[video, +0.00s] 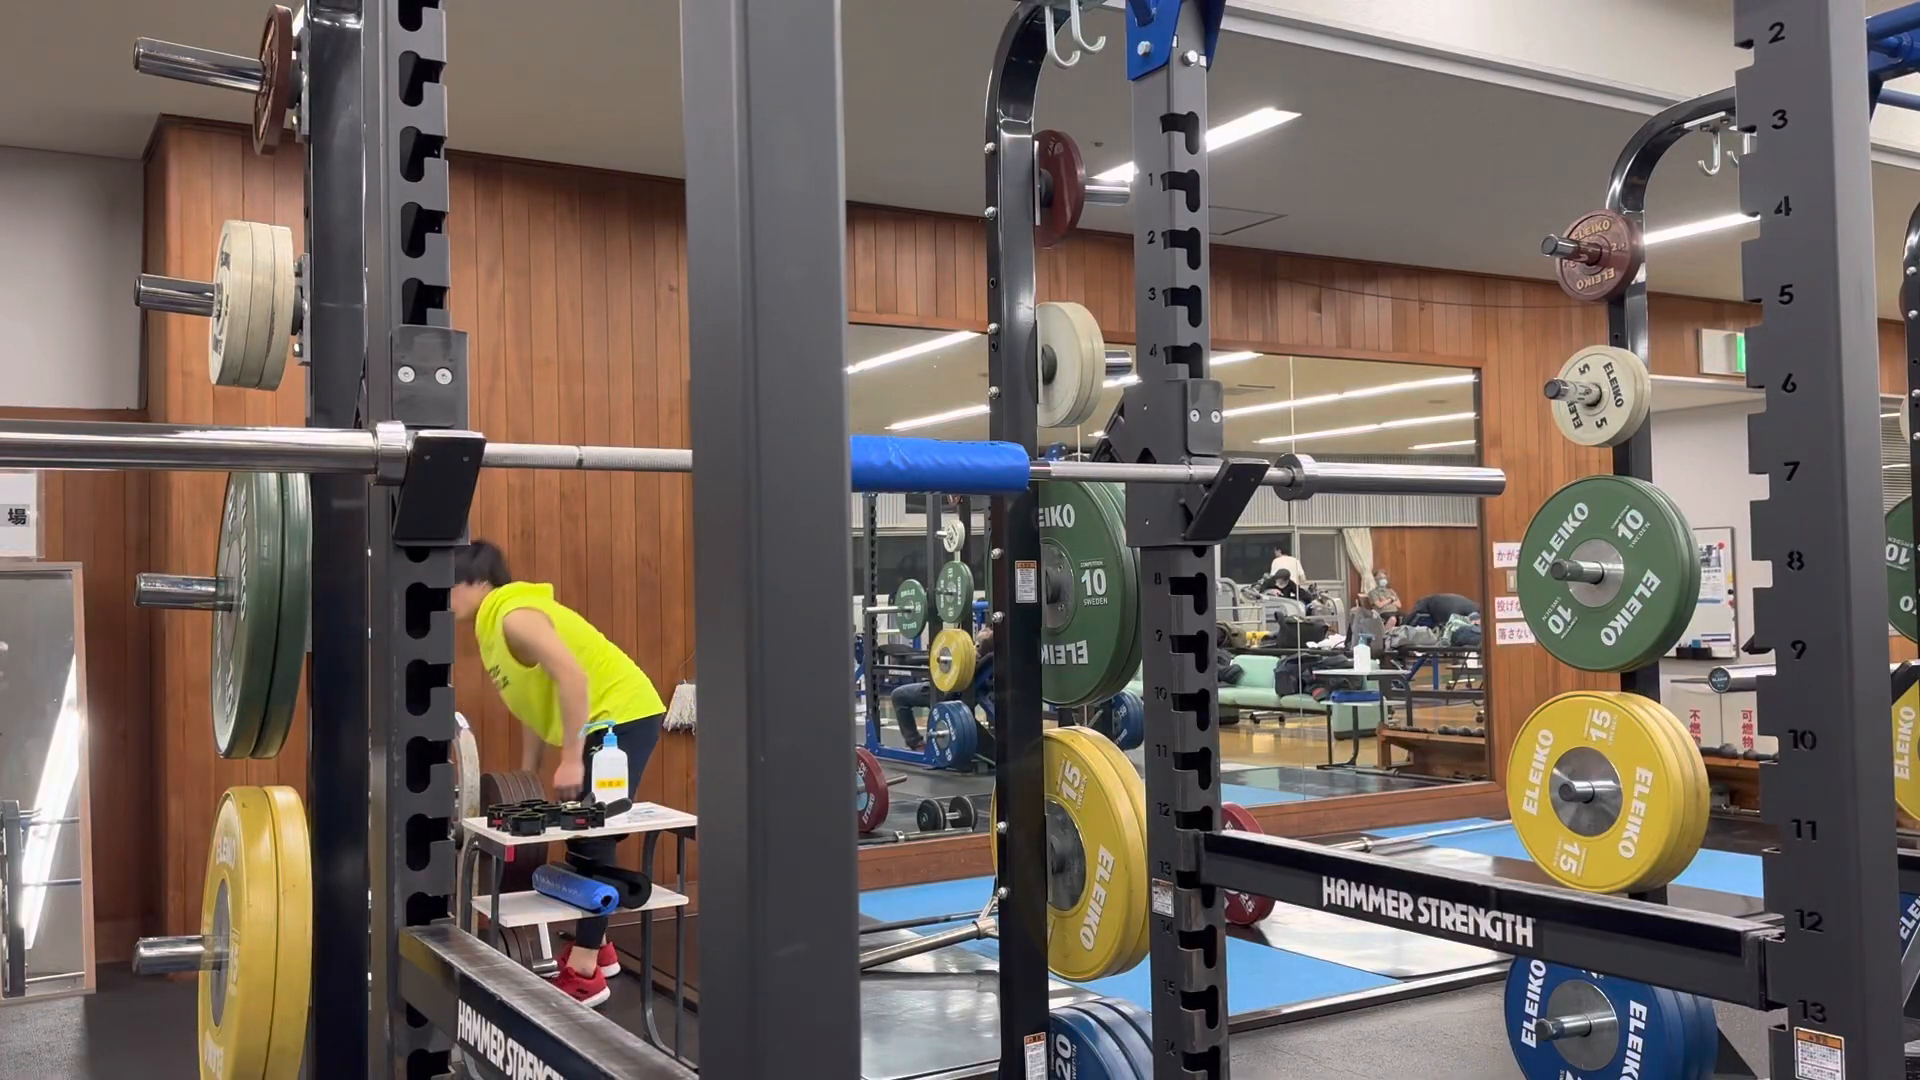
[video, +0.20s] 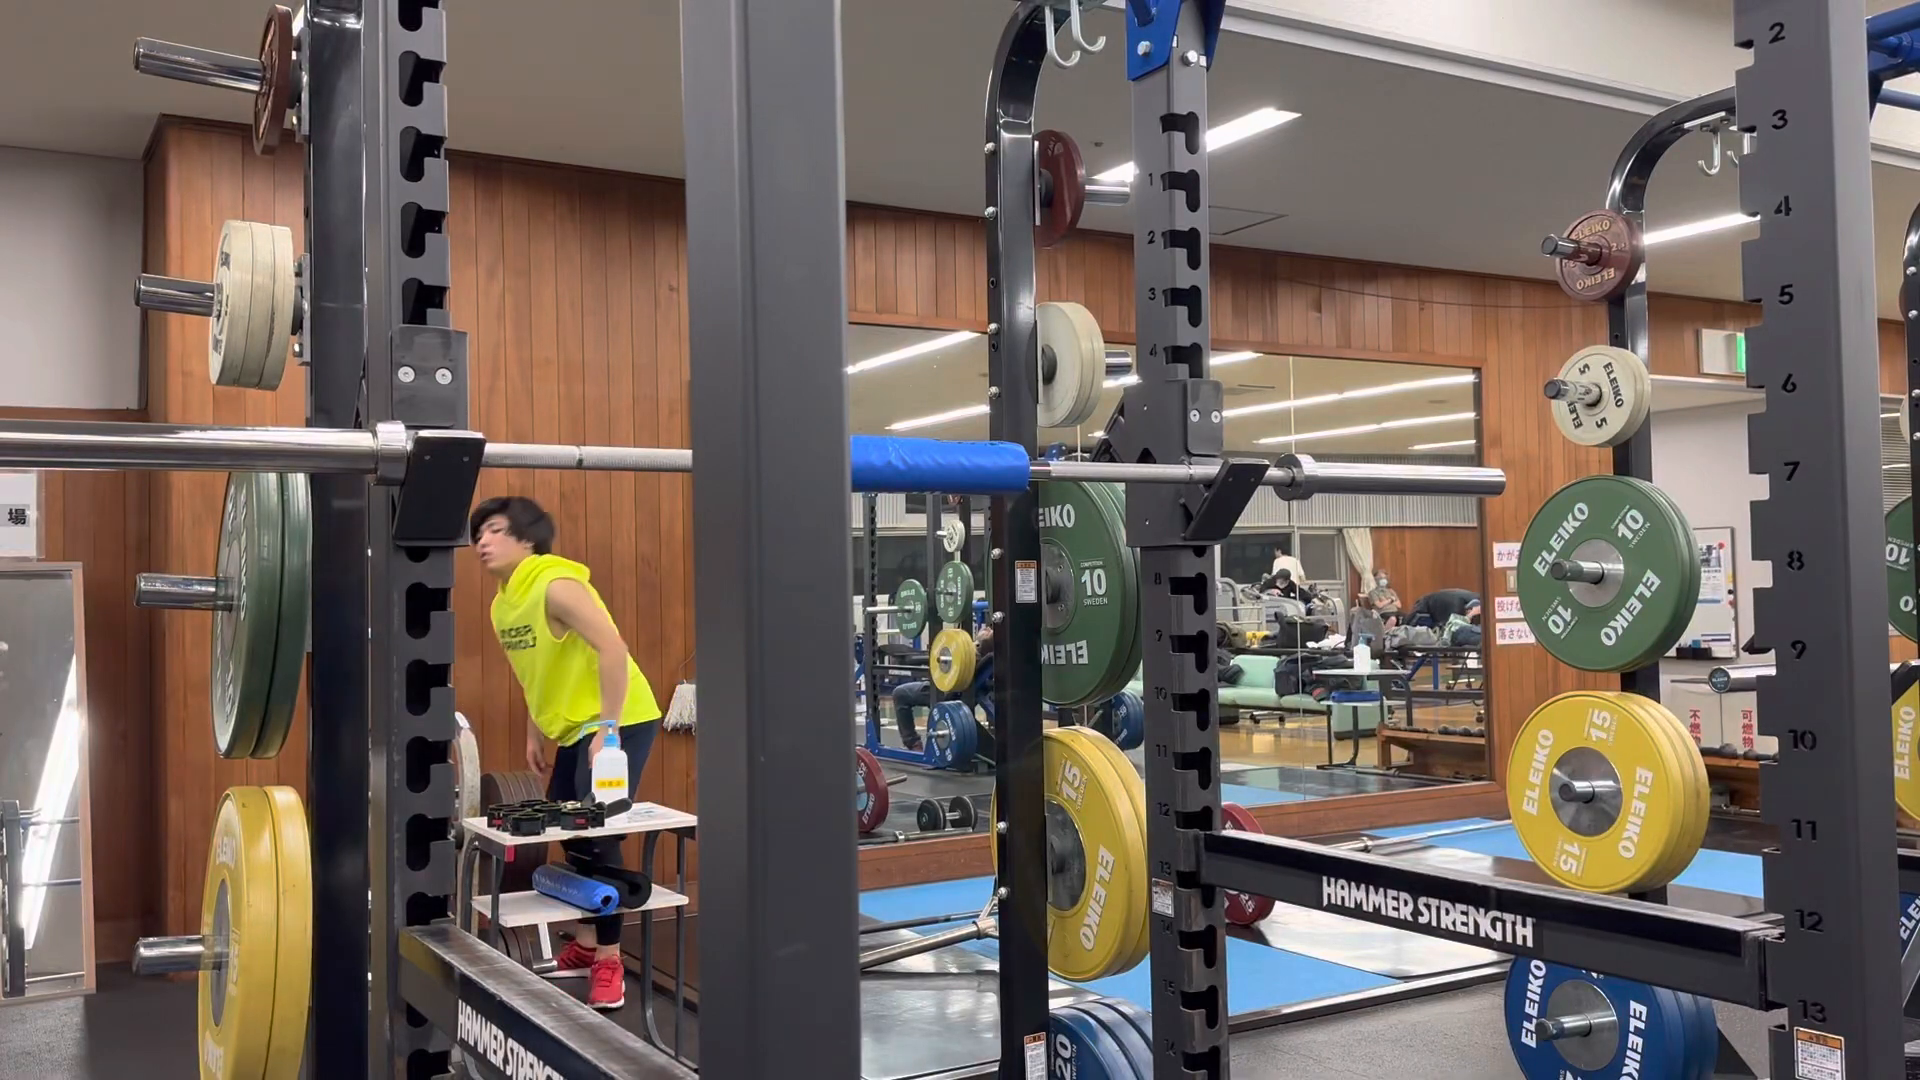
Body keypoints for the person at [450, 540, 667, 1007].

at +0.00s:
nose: (447, 597)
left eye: (452, 586)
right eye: (446, 587)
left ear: (478, 582)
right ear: (477, 584)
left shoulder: (514, 617)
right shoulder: (493, 625)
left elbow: (574, 677)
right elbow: (534, 697)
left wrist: (571, 758)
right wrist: (527, 769)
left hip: (621, 718)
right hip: (595, 721)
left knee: (592, 840)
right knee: (584, 837)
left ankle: (583, 967)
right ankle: (596, 946)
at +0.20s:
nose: (483, 542)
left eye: (496, 531)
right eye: (479, 535)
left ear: (529, 539)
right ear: (480, 547)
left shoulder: (556, 586)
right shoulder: (504, 602)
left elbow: (613, 649)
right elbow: (538, 670)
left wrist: (608, 726)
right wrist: (538, 731)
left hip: (615, 725)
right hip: (571, 733)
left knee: (598, 840)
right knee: (568, 840)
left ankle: (610, 958)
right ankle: (586, 943)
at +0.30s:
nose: (510, 526)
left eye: (522, 516)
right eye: (506, 521)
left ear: (553, 527)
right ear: (504, 536)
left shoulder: (580, 577)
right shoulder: (516, 593)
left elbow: (638, 643)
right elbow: (547, 656)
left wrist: (625, 725)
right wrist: (530, 711)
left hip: (611, 735)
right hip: (567, 740)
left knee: (605, 849)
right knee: (564, 843)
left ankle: (612, 959)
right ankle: (587, 938)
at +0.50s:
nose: (570, 507)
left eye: (581, 498)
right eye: (557, 501)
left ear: (602, 511)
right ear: (545, 516)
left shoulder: (633, 565)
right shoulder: (538, 576)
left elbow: (685, 624)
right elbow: (530, 636)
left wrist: (667, 700)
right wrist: (530, 672)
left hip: (631, 735)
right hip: (568, 736)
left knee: (627, 849)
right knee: (559, 842)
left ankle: (616, 953)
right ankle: (579, 921)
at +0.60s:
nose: (594, 506)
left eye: (603, 497)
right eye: (581, 499)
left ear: (618, 508)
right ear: (560, 514)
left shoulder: (652, 564)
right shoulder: (543, 572)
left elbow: (700, 621)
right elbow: (519, 638)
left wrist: (689, 678)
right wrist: (540, 658)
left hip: (644, 729)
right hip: (577, 733)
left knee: (632, 850)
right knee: (574, 847)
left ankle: (617, 954)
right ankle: (573, 934)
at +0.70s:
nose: (615, 509)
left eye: (622, 500)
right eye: (602, 501)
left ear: (633, 508)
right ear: (575, 512)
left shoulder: (661, 562)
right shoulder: (551, 570)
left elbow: (702, 618)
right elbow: (521, 643)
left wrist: (701, 652)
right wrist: (557, 646)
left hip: (657, 725)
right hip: (592, 730)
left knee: (639, 848)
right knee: (596, 843)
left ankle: (617, 953)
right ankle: (577, 927)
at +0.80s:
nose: (629, 507)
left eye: (634, 498)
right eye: (617, 499)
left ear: (641, 504)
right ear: (585, 509)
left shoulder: (661, 557)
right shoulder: (558, 568)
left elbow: (696, 613)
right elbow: (529, 644)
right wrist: (576, 637)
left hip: (664, 721)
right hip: (601, 727)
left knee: (645, 845)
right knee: (617, 841)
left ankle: (617, 953)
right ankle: (585, 923)